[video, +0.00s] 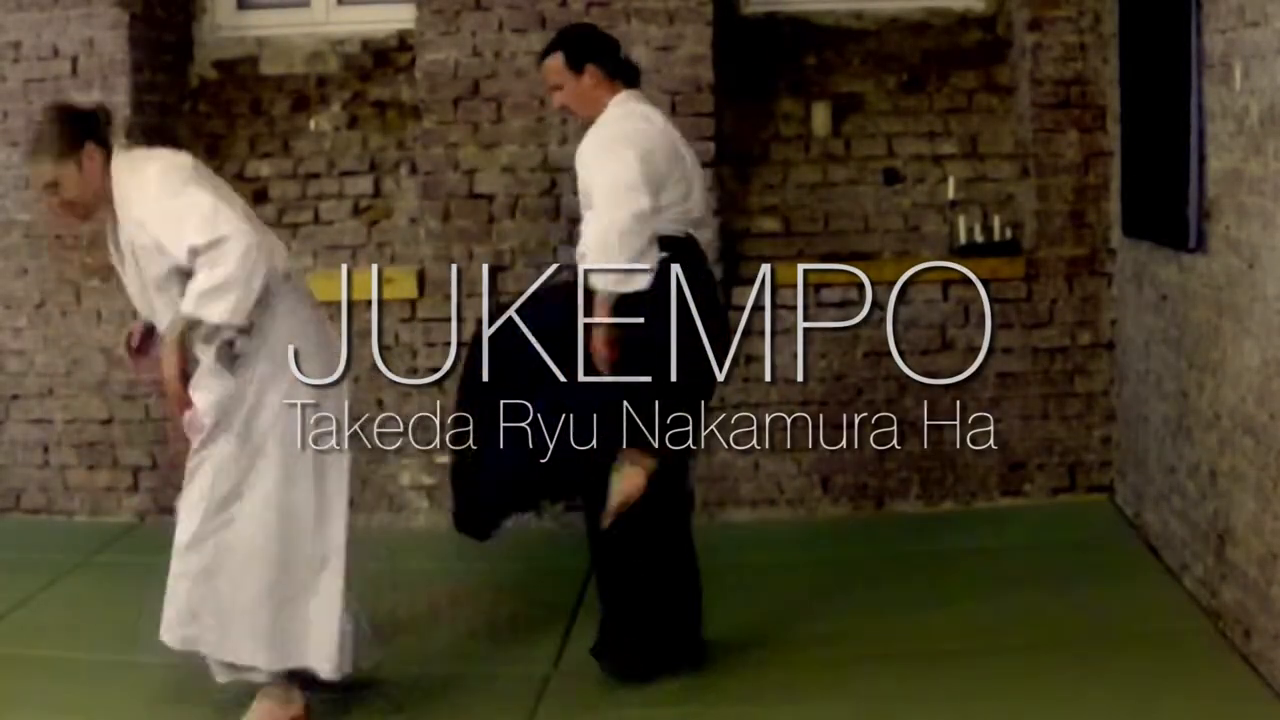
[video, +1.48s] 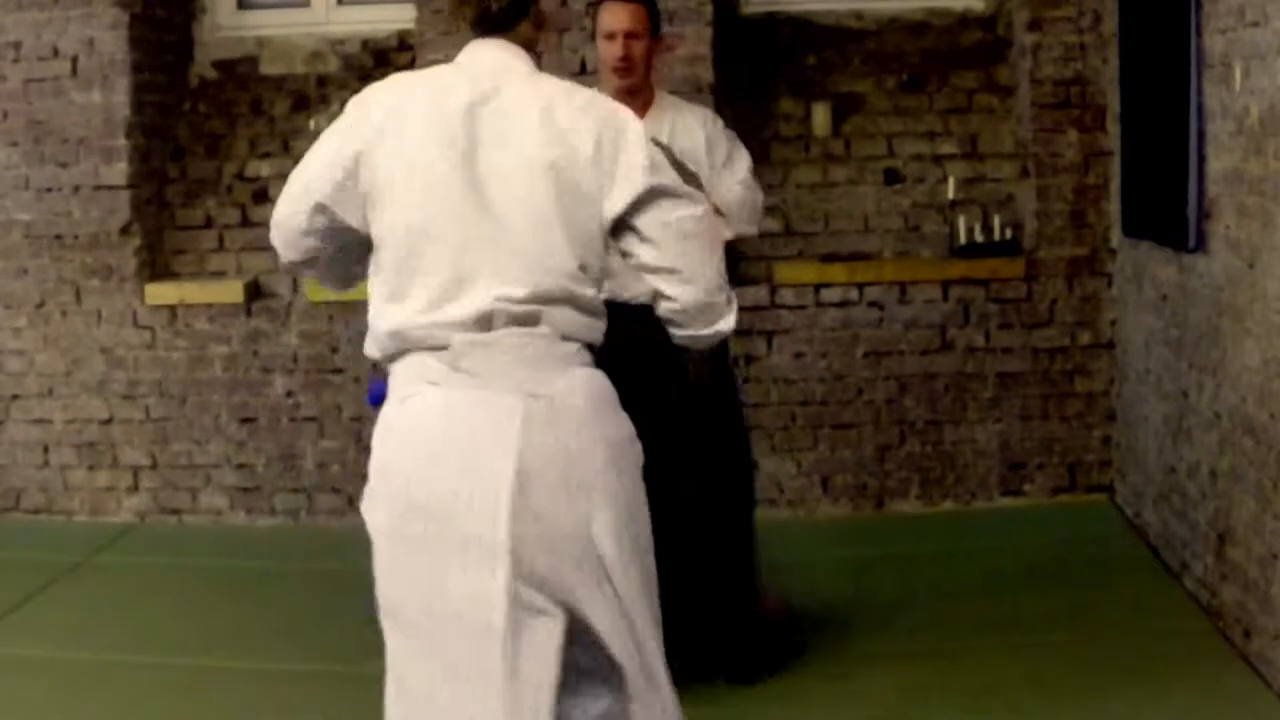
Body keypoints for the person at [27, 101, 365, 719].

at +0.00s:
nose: (56, 202)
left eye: (57, 184)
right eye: (46, 192)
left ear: (92, 156)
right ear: (88, 160)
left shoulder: (154, 183)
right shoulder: (129, 198)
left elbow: (239, 252)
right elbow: (195, 267)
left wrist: (178, 336)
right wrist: (159, 328)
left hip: (278, 361)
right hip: (253, 361)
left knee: (255, 515)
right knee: (262, 508)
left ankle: (283, 683)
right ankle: (309, 656)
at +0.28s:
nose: (117, 146)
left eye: (130, 131)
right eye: (103, 133)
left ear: (153, 128)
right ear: (87, 135)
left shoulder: (210, 181)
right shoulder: (107, 197)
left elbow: (292, 267)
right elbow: (120, 285)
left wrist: (218, 335)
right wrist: (95, 347)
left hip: (248, 397)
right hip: (174, 400)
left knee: (205, 545)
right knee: (165, 542)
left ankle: (213, 704)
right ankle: (197, 688)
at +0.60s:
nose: (289, 83)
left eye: (295, 68)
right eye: (277, 64)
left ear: (295, 75)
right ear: (223, 57)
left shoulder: (310, 148)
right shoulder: (141, 149)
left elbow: (366, 243)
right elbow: (85, 257)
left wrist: (353, 306)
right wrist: (122, 340)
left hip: (277, 389)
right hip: (172, 387)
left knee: (263, 579)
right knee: (151, 571)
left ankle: (249, 710)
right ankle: (140, 703)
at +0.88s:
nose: (427, 59)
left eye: (427, 42)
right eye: (418, 40)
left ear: (371, 41)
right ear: (364, 39)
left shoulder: (344, 131)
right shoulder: (292, 132)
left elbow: (304, 265)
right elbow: (231, 287)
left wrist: (379, 308)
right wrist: (306, 414)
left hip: (328, 387)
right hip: (271, 390)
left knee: (338, 596)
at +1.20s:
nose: (568, 55)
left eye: (565, 39)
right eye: (566, 39)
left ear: (484, 41)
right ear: (550, 41)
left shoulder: (392, 121)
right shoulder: (550, 144)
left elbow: (301, 245)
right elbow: (573, 335)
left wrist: (377, 332)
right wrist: (614, 475)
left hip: (353, 409)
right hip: (465, 420)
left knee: (330, 655)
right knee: (537, 666)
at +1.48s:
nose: (562, 29)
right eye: (558, 21)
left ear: (460, 26)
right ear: (540, 25)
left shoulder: (382, 105)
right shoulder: (597, 121)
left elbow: (296, 233)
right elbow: (699, 297)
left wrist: (385, 251)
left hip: (425, 413)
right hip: (570, 412)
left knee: (436, 682)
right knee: (602, 678)